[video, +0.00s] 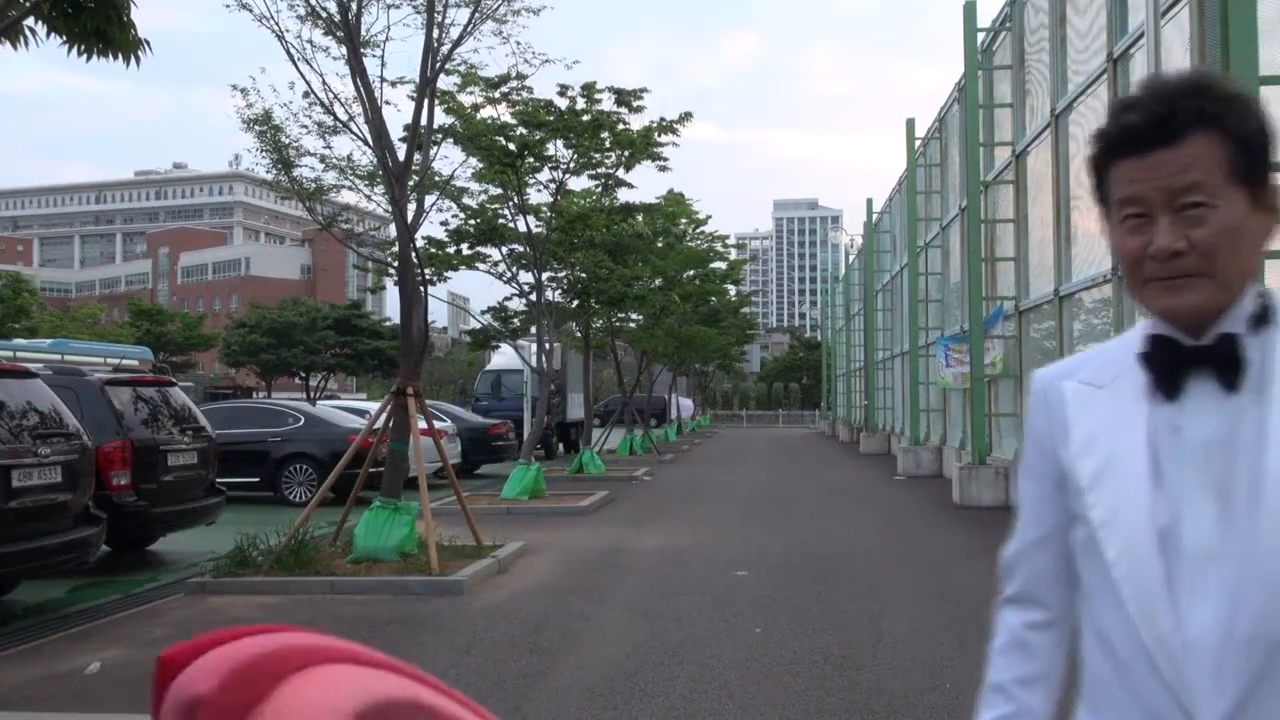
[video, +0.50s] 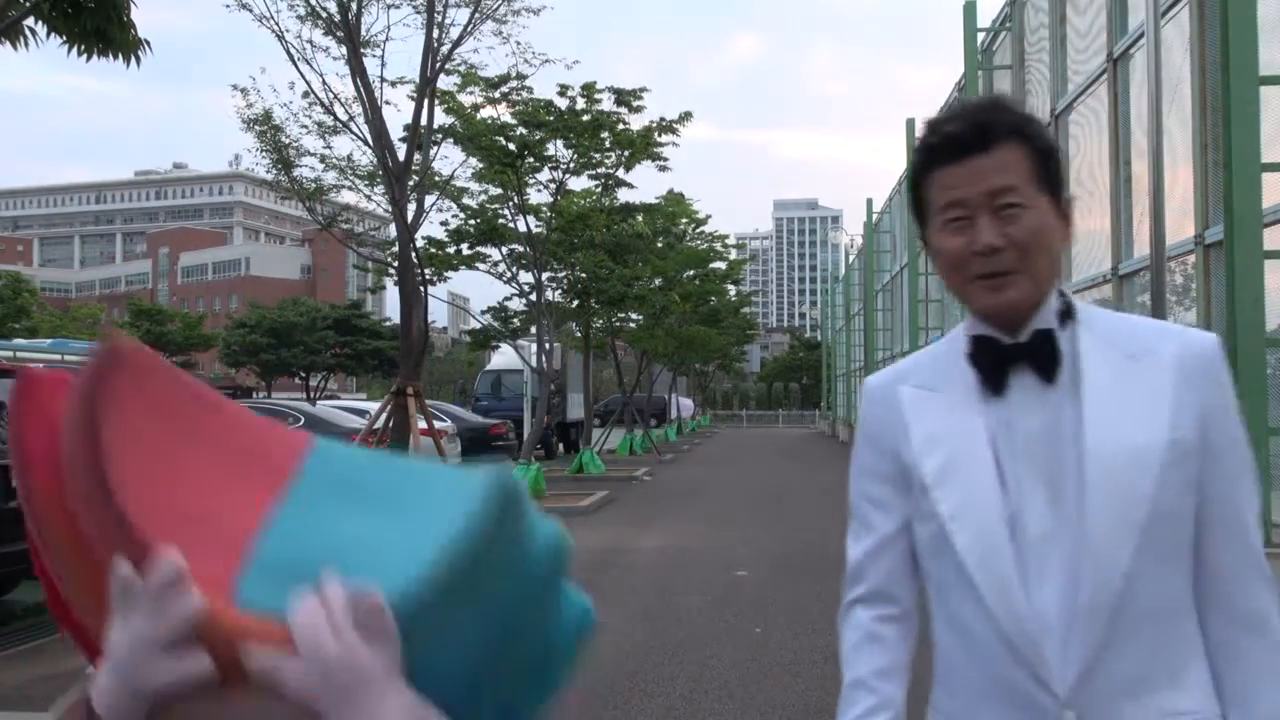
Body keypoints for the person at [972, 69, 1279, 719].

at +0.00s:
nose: (1165, 243)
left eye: (1194, 208)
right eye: (1136, 218)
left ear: (1266, 211)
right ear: (1110, 234)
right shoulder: (1065, 398)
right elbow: (1032, 617)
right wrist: (1006, 713)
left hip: (1265, 702)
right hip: (1122, 707)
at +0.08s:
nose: (1121, 239)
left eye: (1149, 206)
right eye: (1092, 214)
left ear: (1218, 213)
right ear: (1066, 233)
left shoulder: (1273, 367)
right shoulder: (1021, 395)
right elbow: (988, 607)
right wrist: (964, 711)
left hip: (1249, 703)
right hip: (1079, 707)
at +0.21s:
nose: (1079, 238)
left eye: (1106, 205)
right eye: (1051, 214)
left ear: (1169, 212)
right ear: (1023, 235)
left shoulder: (1266, 366)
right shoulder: (980, 394)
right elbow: (948, 603)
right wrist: (922, 709)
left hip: (1237, 704)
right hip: (1042, 706)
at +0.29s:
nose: (1043, 236)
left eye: (1067, 204)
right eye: (1013, 215)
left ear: (1126, 214)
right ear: (986, 240)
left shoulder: (1254, 373)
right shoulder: (946, 396)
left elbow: (1273, 600)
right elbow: (914, 604)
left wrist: (1268, 704)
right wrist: (890, 710)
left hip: (1210, 706)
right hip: (1016, 707)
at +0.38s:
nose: (1022, 238)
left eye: (1046, 206)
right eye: (992, 216)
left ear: (1101, 216)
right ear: (965, 243)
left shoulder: (1227, 371)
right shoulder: (926, 398)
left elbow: (1264, 600)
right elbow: (897, 605)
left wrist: (1262, 708)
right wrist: (879, 711)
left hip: (1188, 705)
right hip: (1002, 707)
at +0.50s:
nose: (986, 240)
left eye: (1008, 210)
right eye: (957, 220)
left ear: (1062, 220)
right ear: (931, 248)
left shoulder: (1185, 367)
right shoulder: (895, 401)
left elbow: (1239, 596)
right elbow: (877, 611)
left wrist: (1254, 708)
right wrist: (869, 710)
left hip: (1162, 703)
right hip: (980, 706)